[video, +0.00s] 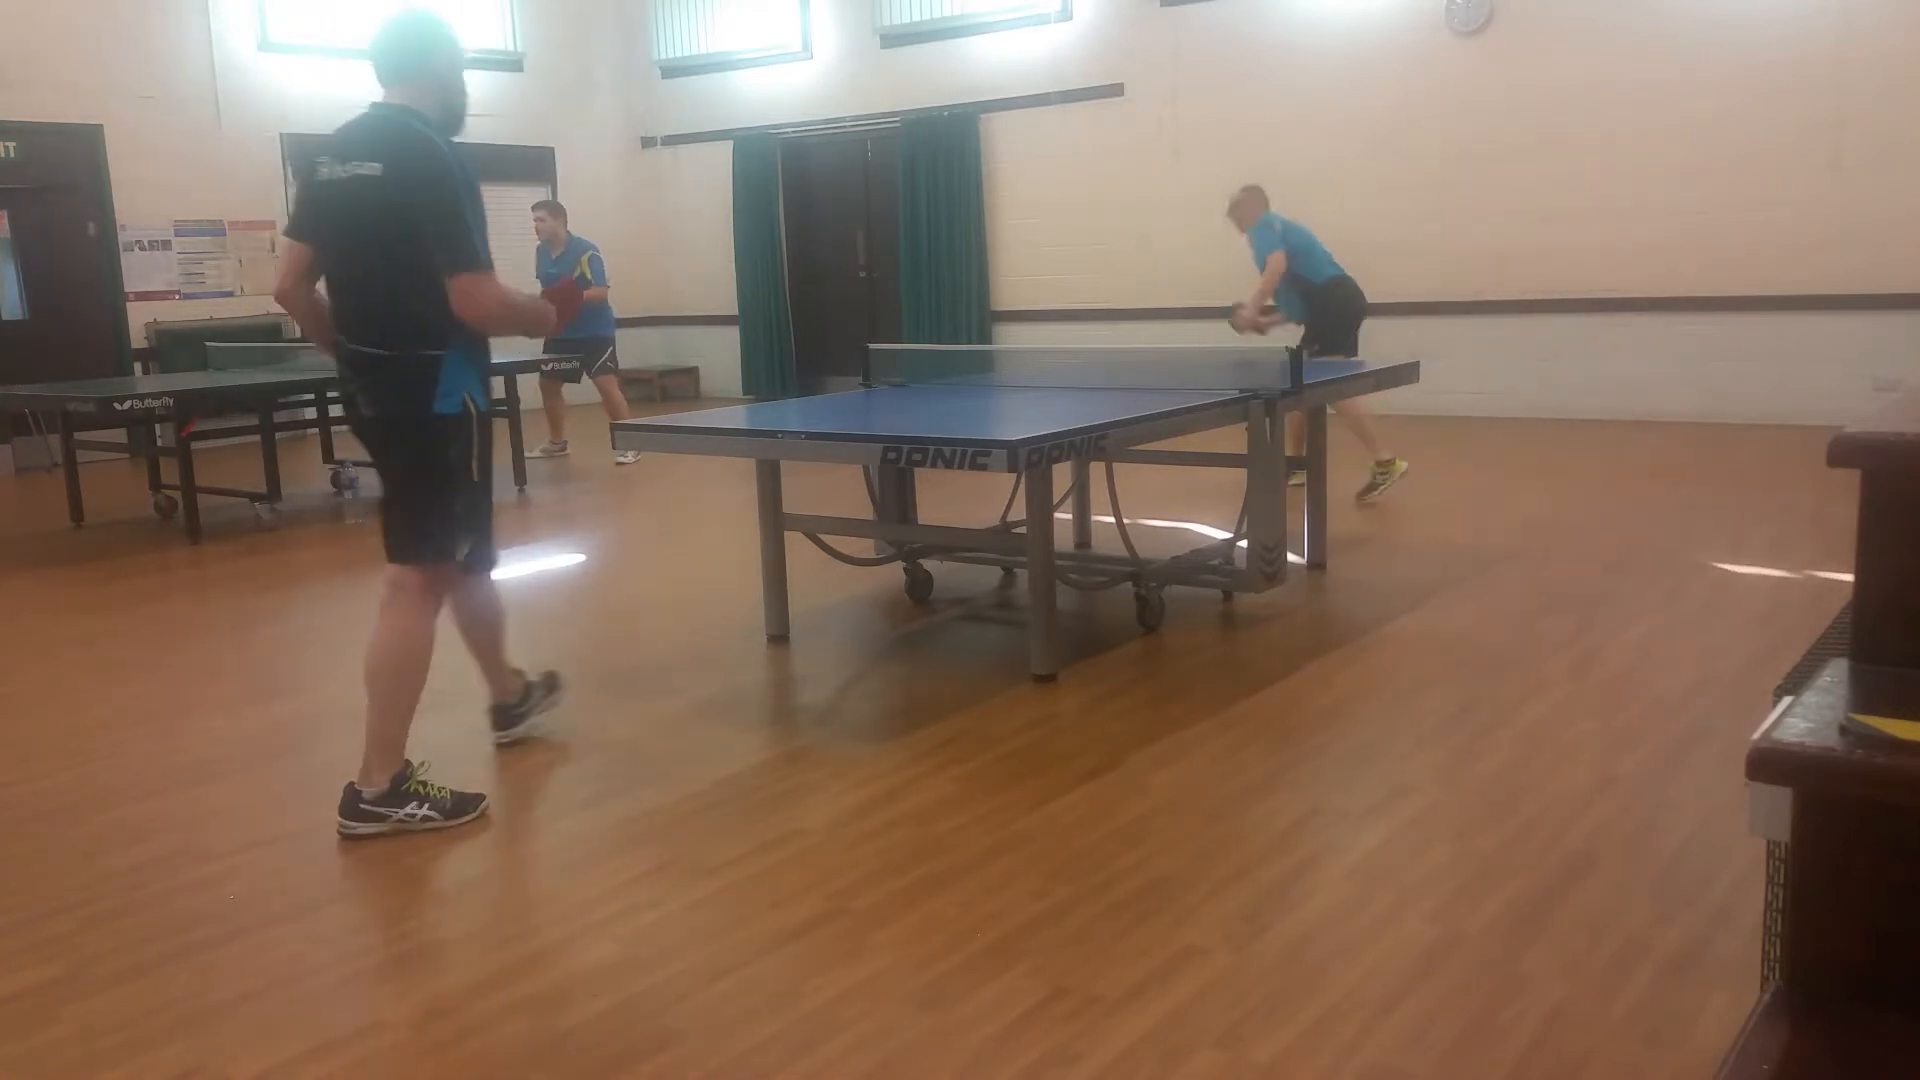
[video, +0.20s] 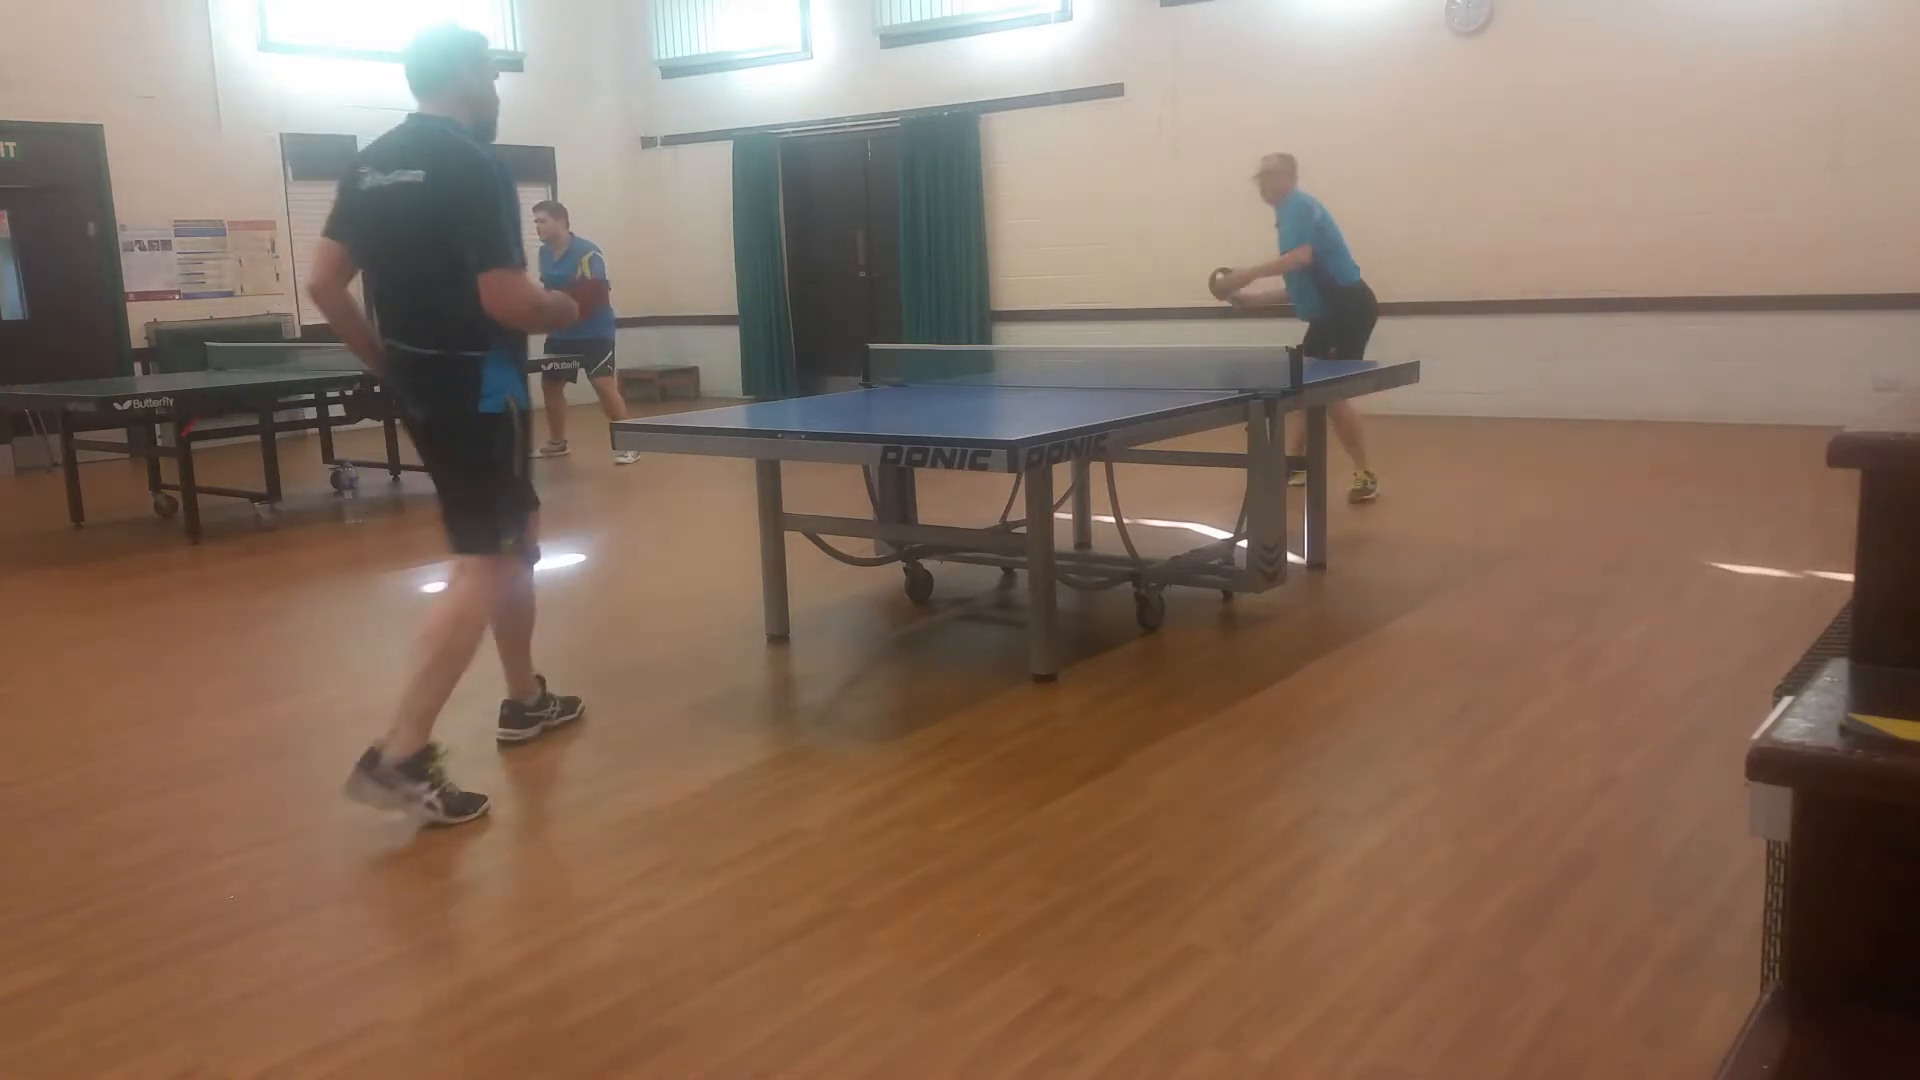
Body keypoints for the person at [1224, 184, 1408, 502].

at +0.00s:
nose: (1238, 227)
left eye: (1237, 219)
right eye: (1235, 221)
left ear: (1246, 210)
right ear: (1261, 207)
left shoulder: (1263, 226)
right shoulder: (1281, 230)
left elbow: (1276, 265)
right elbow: (1300, 303)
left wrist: (1252, 306)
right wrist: (1266, 320)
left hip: (1335, 302)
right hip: (1331, 305)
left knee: (1334, 387)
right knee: (1299, 385)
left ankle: (1385, 461)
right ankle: (1295, 462)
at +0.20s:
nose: (1263, 185)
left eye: (1269, 178)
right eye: (1261, 179)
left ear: (1288, 178)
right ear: (1262, 182)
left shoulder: (1299, 206)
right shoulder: (1287, 216)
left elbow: (1302, 256)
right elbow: (1302, 289)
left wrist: (1245, 275)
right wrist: (1252, 299)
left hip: (1351, 306)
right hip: (1327, 310)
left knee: (1334, 391)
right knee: (1304, 385)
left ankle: (1364, 473)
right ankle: (1299, 459)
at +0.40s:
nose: (1296, 170)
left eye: (1304, 162)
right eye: (1296, 163)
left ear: (1323, 166)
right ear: (1298, 167)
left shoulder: (1343, 206)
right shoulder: (1309, 215)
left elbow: (1354, 260)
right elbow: (1304, 281)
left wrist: (1304, 292)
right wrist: (1262, 287)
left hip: (1361, 310)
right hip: (1333, 312)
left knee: (1343, 397)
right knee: (1313, 390)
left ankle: (1371, 475)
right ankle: (1305, 461)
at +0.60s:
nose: (1326, 154)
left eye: (1335, 146)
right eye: (1321, 147)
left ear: (1353, 151)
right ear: (1315, 152)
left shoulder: (1376, 195)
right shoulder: (1315, 209)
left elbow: (1400, 249)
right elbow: (1315, 267)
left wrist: (1359, 291)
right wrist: (1291, 284)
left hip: (1374, 307)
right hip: (1333, 309)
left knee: (1363, 395)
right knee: (1314, 390)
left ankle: (1373, 474)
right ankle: (1321, 468)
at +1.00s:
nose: (1351, 153)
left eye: (1360, 145)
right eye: (1345, 146)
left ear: (1376, 149)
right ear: (1336, 153)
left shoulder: (1409, 193)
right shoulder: (1331, 211)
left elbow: (1434, 251)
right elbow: (1314, 267)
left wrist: (1419, 306)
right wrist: (1327, 307)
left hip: (1405, 316)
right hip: (1358, 319)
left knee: (1394, 409)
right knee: (1371, 404)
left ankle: (1364, 482)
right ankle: (1372, 491)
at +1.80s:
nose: (1382, 171)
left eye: (1391, 161)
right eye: (1374, 164)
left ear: (1406, 168)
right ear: (1364, 170)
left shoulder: (1427, 205)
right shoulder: (1344, 209)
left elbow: (1451, 259)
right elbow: (1325, 260)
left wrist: (1434, 274)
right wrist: (1338, 280)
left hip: (1419, 314)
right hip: (1372, 314)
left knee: (1423, 404)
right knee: (1377, 404)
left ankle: (1400, 463)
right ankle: (1371, 490)